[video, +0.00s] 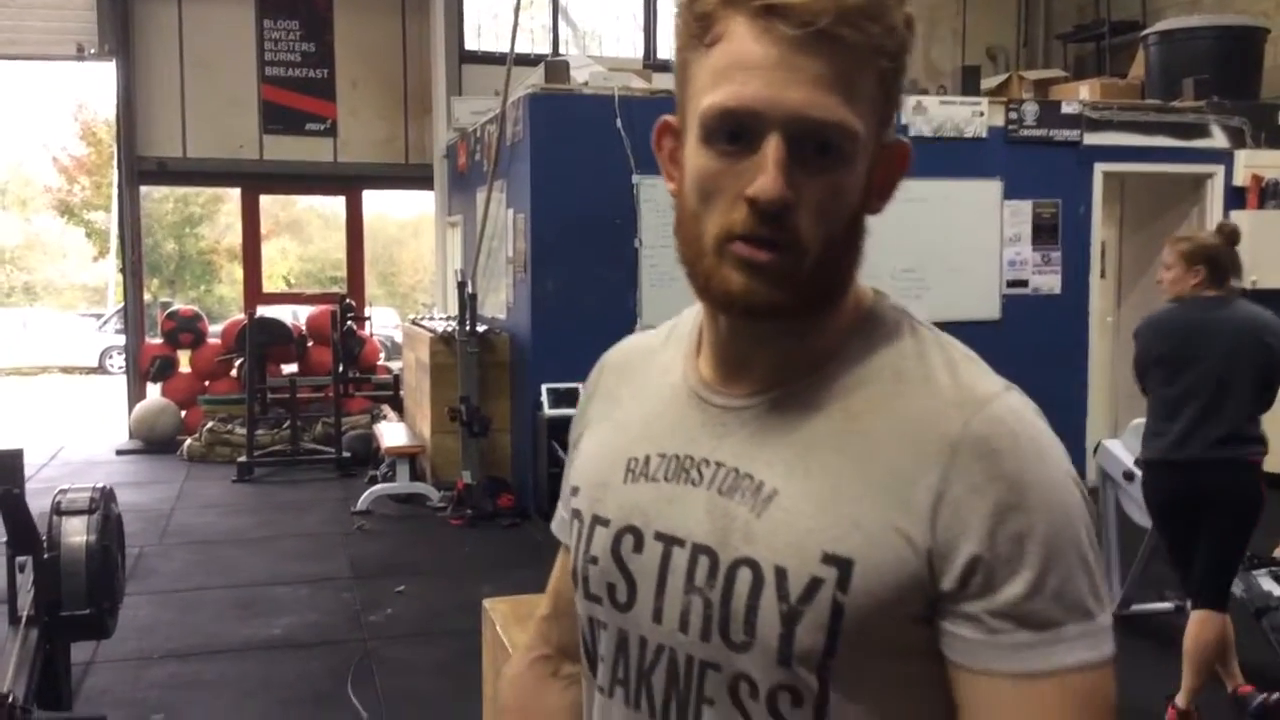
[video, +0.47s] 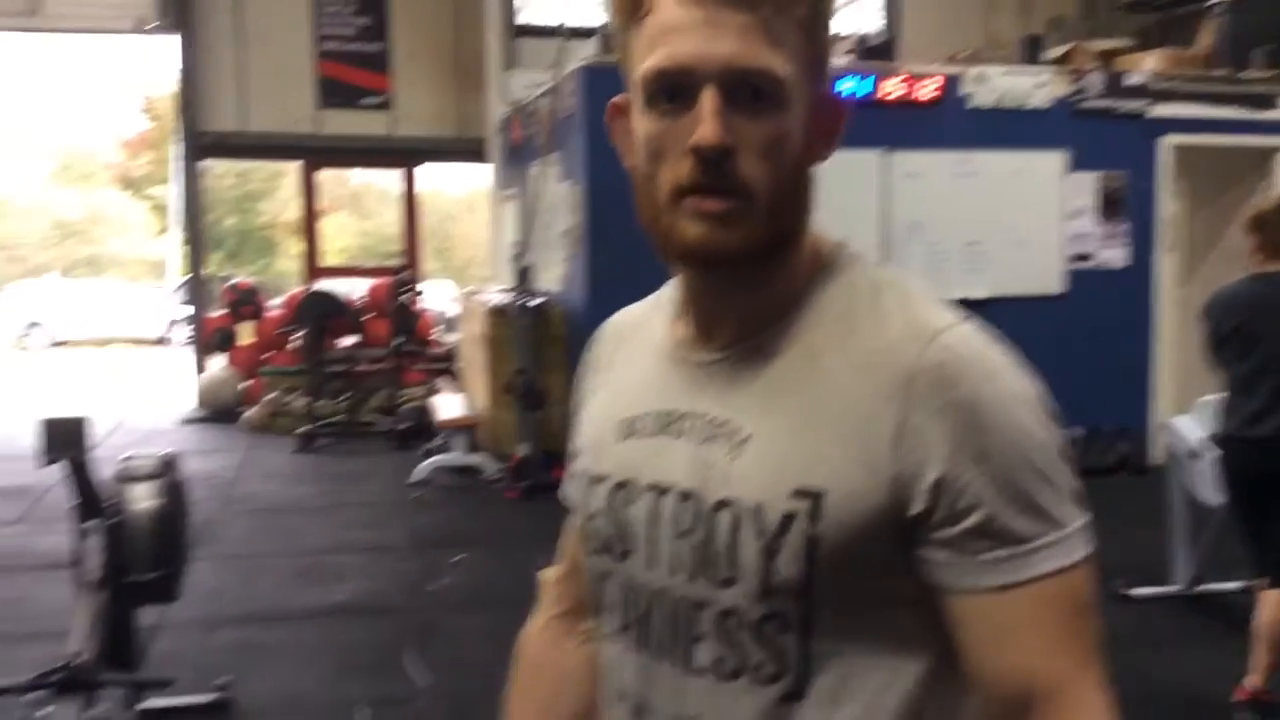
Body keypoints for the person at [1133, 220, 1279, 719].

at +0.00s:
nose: (1158, 277)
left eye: (1167, 268)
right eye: (1160, 267)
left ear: (1198, 275)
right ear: (1211, 275)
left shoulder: (1154, 327)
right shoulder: (1263, 325)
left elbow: (1146, 384)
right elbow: (1264, 399)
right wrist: (1218, 397)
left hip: (1166, 474)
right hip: (1236, 475)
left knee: (1205, 590)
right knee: (1208, 594)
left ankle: (1238, 687)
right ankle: (1183, 702)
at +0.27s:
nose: (1180, 258)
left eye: (1189, 250)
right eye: (1182, 248)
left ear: (1219, 259)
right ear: (1233, 258)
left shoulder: (1184, 311)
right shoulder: (1274, 300)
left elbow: (1165, 371)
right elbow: (1272, 365)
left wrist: (1217, 358)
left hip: (1196, 459)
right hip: (1265, 455)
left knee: (1218, 578)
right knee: (1236, 578)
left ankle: (1258, 674)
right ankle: (1206, 692)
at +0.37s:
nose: (1203, 258)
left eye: (1210, 249)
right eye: (1205, 248)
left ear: (1230, 255)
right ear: (1259, 252)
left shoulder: (1199, 310)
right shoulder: (1275, 296)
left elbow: (1185, 369)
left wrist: (1231, 368)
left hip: (1212, 452)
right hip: (1271, 449)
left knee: (1239, 571)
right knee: (1253, 575)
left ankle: (1271, 664)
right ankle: (1223, 688)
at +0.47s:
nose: (1262, 250)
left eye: (1258, 240)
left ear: (1253, 242)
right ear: (1279, 243)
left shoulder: (1227, 302)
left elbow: (1223, 360)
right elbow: (1225, 359)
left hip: (1245, 442)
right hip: (1268, 442)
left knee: (1267, 566)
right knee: (1270, 568)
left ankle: (1259, 677)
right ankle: (1256, 678)